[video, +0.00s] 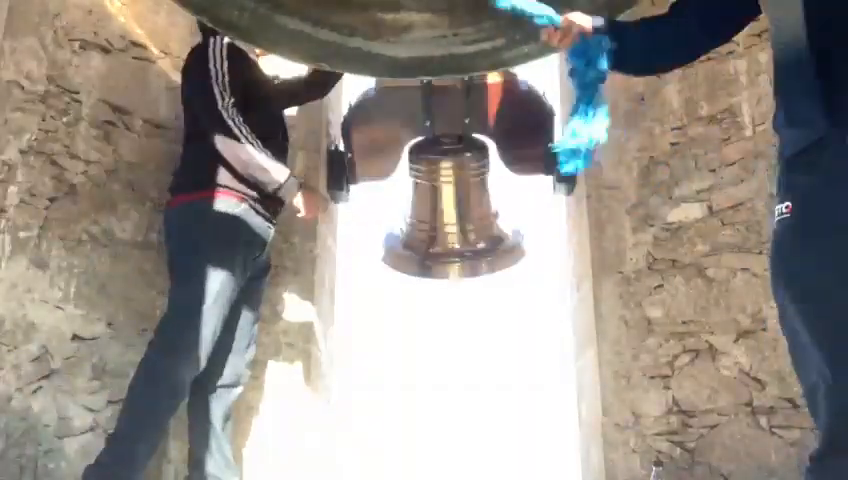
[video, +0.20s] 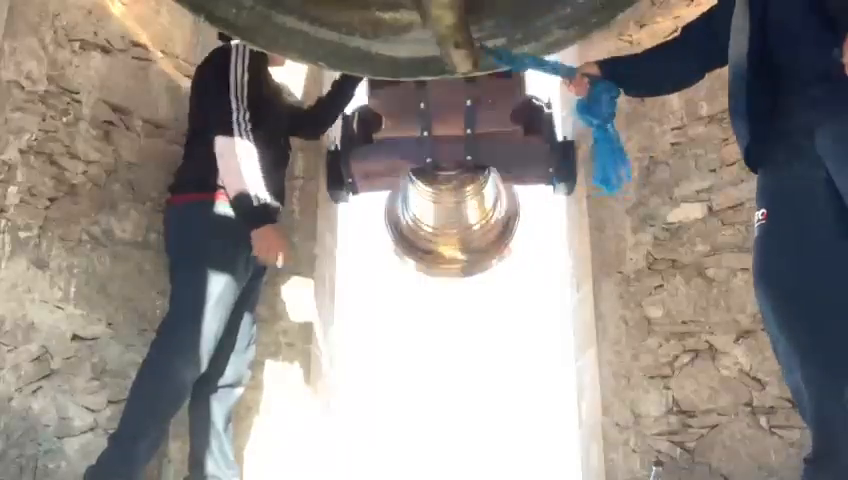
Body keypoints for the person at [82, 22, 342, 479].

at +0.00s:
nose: (267, 33)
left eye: (268, 26)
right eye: (261, 22)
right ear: (236, 18)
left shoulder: (254, 79)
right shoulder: (215, 50)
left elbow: (313, 85)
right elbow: (224, 126)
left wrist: (352, 36)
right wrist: (289, 187)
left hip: (255, 229)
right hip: (216, 211)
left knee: (225, 377)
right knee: (182, 357)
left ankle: (216, 473)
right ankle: (115, 471)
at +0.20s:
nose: (291, 46)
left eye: (293, 38)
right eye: (287, 35)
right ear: (263, 27)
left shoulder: (266, 87)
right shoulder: (232, 56)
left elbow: (312, 124)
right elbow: (231, 133)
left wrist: (355, 74)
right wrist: (260, 217)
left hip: (250, 224)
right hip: (213, 215)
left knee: (227, 374)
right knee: (185, 358)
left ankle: (217, 473)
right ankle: (116, 470)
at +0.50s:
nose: (306, 59)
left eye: (308, 50)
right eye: (302, 47)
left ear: (280, 46)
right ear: (277, 39)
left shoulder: (264, 84)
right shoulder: (244, 63)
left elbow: (290, 155)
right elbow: (242, 147)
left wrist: (352, 206)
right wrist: (262, 231)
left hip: (230, 222)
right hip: (196, 212)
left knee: (210, 369)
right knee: (175, 346)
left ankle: (209, 472)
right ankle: (111, 470)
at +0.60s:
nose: (297, 60)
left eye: (301, 51)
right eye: (296, 47)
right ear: (271, 36)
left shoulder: (257, 88)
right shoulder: (230, 62)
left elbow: (290, 157)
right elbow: (240, 146)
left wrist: (350, 203)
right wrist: (278, 230)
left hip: (228, 227)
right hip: (193, 215)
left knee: (214, 372)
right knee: (175, 357)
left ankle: (212, 471)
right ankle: (121, 470)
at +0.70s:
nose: (289, 54)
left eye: (292, 44)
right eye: (284, 39)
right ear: (257, 31)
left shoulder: (255, 90)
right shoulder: (223, 60)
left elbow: (275, 170)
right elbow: (231, 140)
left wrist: (333, 185)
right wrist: (282, 215)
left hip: (229, 235)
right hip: (191, 219)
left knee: (216, 378)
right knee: (169, 359)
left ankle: (213, 472)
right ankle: (118, 470)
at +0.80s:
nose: (282, 52)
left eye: (286, 44)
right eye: (277, 40)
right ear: (244, 29)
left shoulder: (248, 86)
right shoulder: (220, 57)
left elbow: (263, 173)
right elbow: (227, 140)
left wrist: (313, 156)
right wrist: (279, 205)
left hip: (227, 234)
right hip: (190, 220)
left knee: (215, 377)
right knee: (164, 358)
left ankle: (212, 472)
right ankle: (119, 470)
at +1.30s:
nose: (294, 53)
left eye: (298, 44)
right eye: (291, 41)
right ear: (266, 37)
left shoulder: (255, 89)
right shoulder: (236, 68)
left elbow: (284, 157)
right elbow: (254, 149)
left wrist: (361, 157)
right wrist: (334, 187)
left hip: (227, 240)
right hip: (198, 231)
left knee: (215, 379)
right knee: (169, 365)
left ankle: (214, 473)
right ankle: (117, 472)